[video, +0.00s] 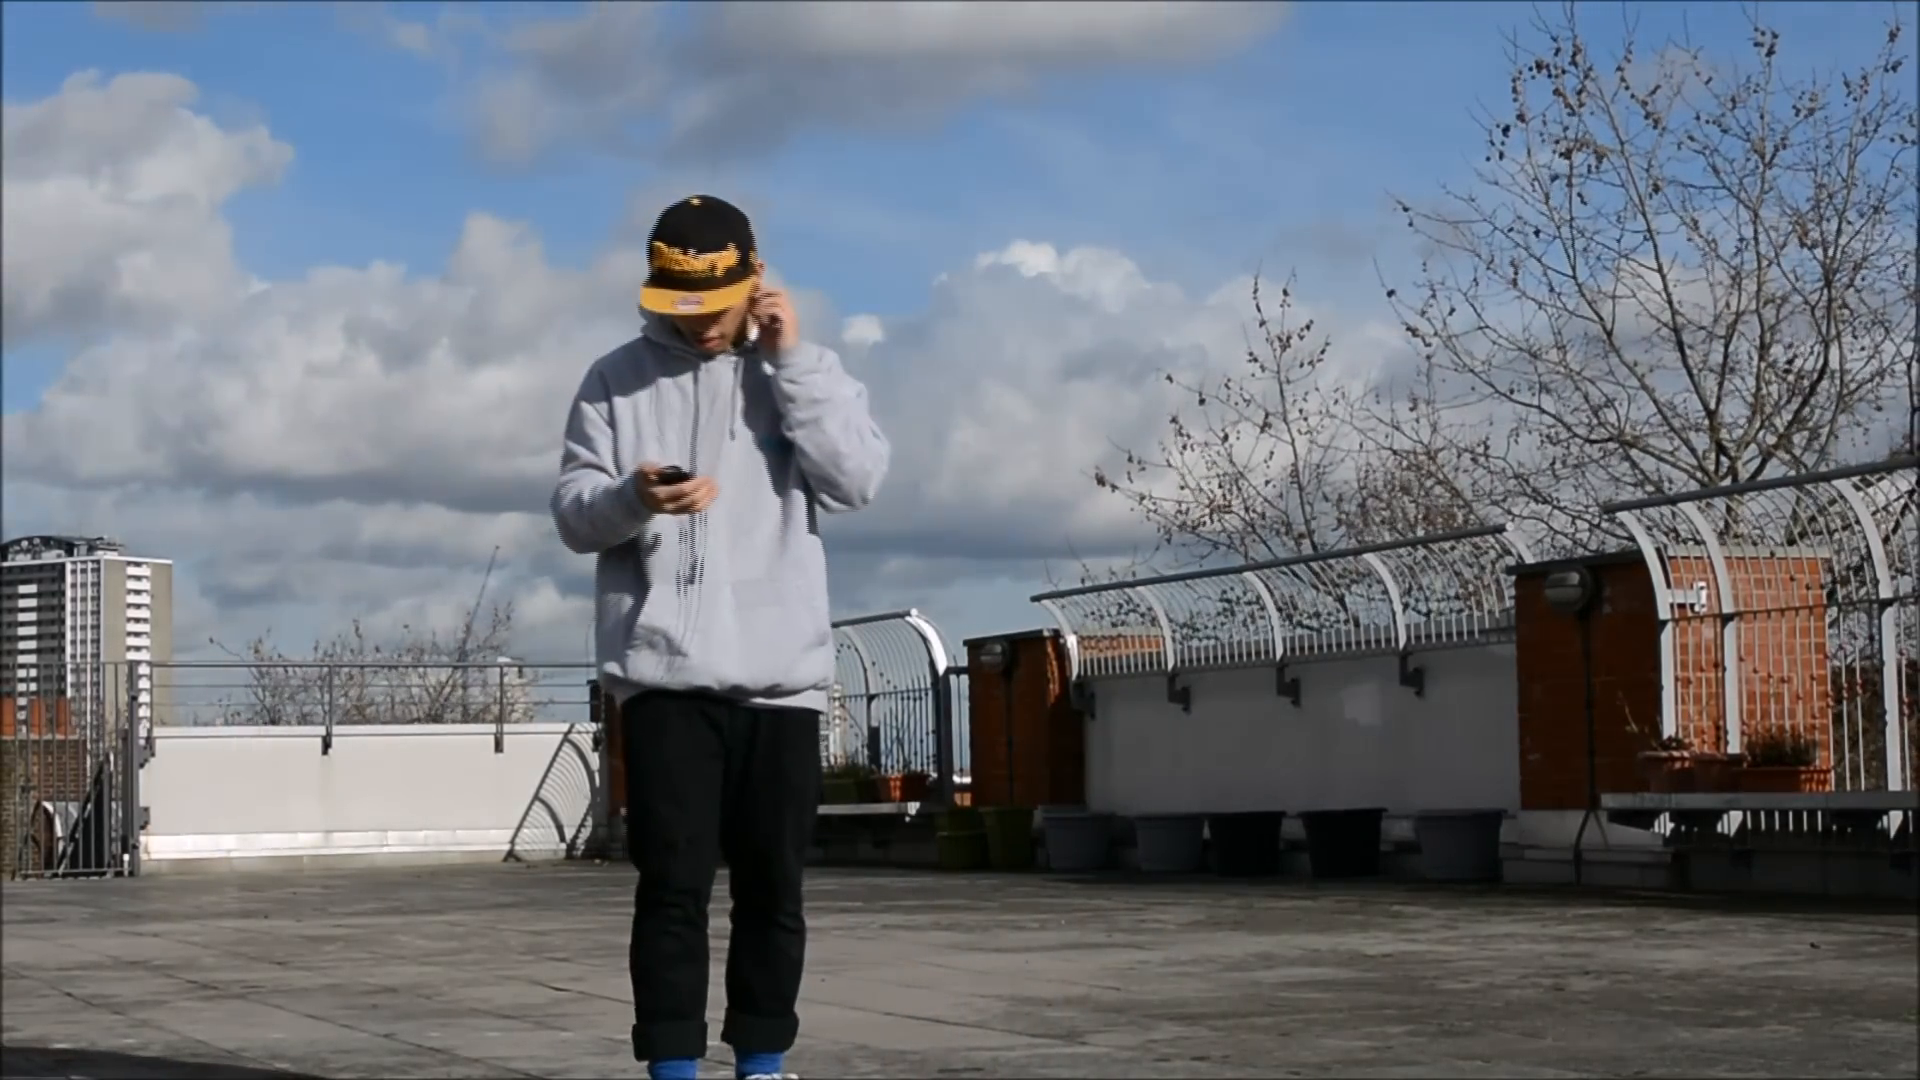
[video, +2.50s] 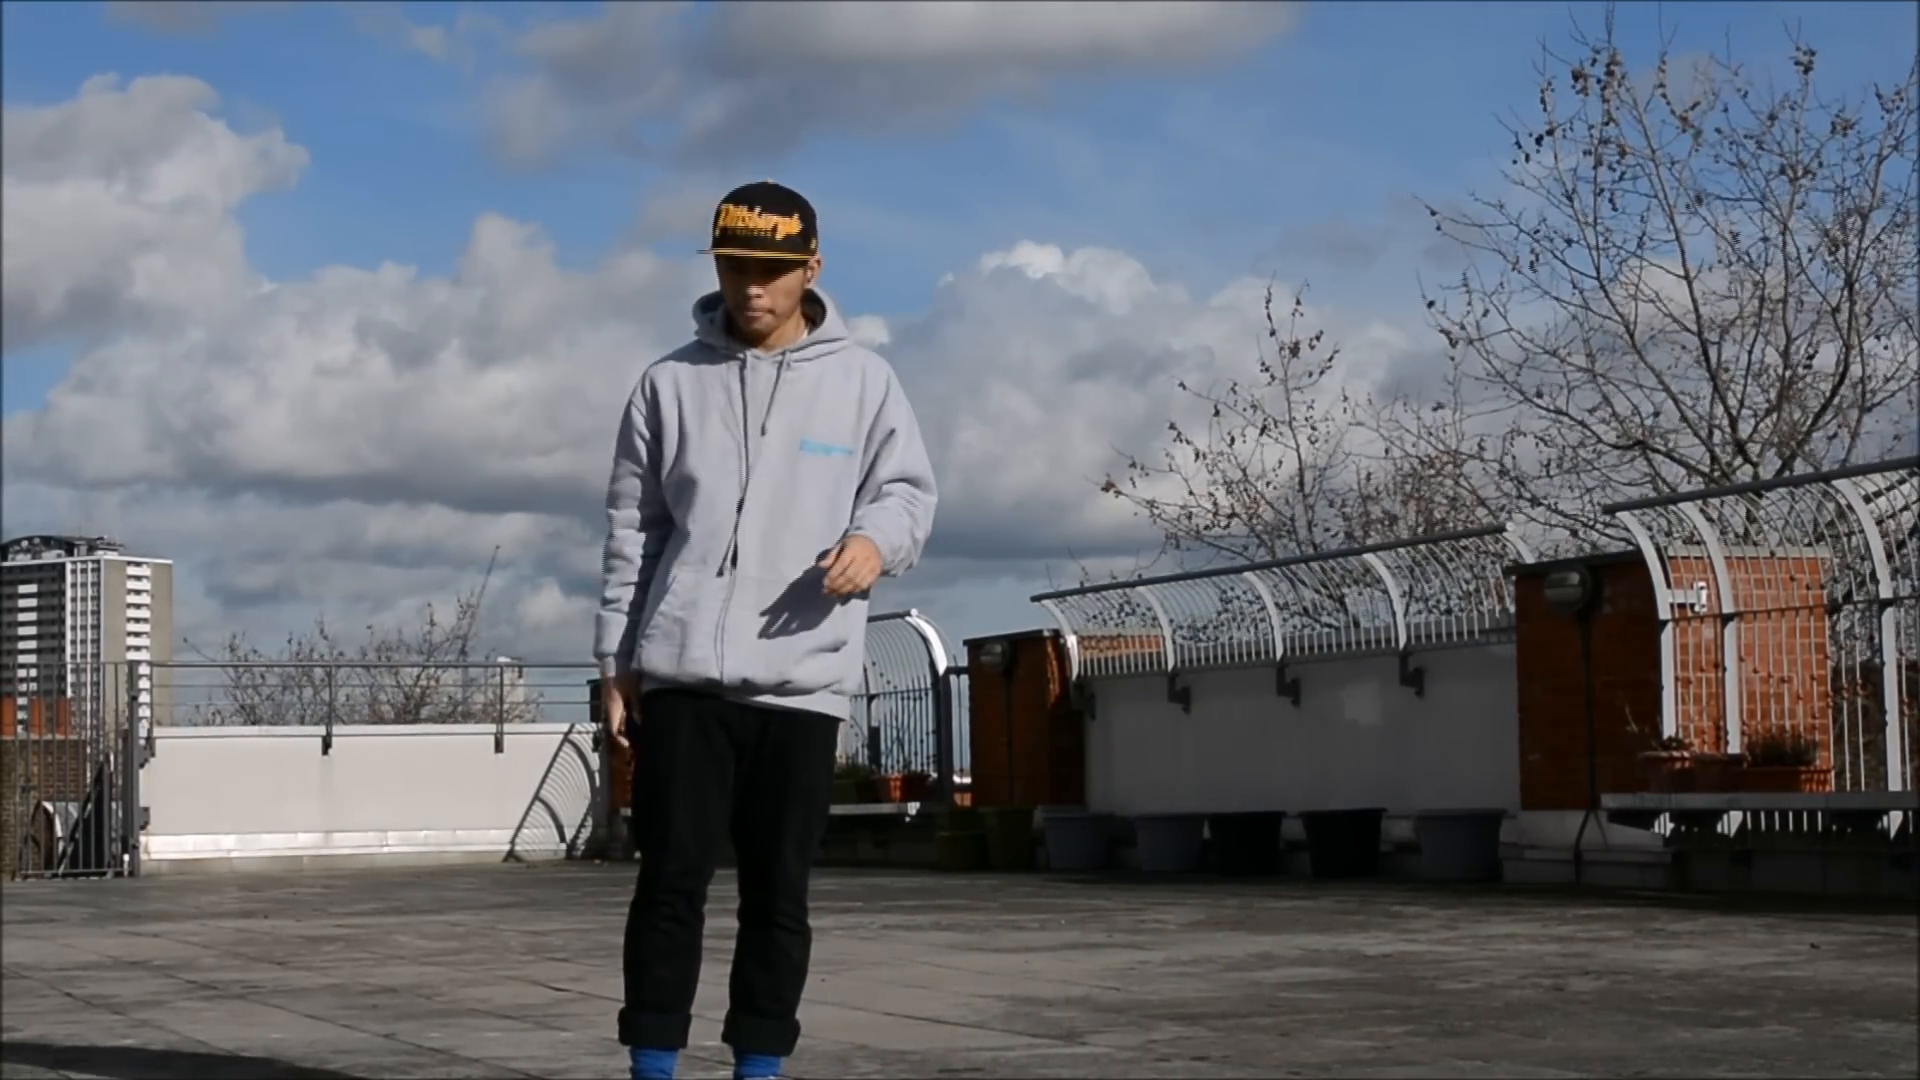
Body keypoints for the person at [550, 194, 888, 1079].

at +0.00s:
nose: (696, 329)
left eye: (712, 311)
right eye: (677, 314)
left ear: (751, 285)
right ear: (652, 291)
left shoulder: (797, 370)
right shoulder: (616, 378)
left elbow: (857, 479)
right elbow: (575, 517)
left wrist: (791, 357)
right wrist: (635, 497)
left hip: (779, 675)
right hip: (662, 676)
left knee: (771, 882)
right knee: (674, 881)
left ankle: (764, 1062)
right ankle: (672, 1064)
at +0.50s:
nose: (750, 325)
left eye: (767, 309)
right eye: (733, 310)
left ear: (800, 290)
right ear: (708, 294)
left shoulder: (852, 384)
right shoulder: (659, 383)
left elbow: (891, 508)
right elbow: (619, 510)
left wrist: (842, 504)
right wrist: (686, 502)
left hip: (806, 677)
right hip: (688, 673)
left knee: (782, 883)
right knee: (677, 874)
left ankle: (762, 1063)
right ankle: (658, 1061)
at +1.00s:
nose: (760, 320)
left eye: (779, 306)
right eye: (744, 303)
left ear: (812, 290)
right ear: (719, 287)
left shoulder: (858, 387)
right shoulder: (663, 379)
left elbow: (892, 512)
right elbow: (619, 498)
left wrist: (825, 510)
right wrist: (689, 502)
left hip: (802, 679)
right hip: (684, 674)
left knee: (779, 884)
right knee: (672, 876)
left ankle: (760, 1062)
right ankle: (653, 1061)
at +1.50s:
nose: (762, 319)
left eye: (781, 304)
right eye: (746, 302)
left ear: (816, 289)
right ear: (724, 287)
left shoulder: (862, 390)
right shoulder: (669, 378)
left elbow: (892, 516)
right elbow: (623, 495)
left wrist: (808, 532)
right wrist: (689, 523)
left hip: (804, 680)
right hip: (686, 674)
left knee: (780, 886)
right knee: (673, 877)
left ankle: (761, 1062)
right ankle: (654, 1061)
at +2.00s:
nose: (765, 317)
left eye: (786, 302)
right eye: (751, 298)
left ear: (823, 289)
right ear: (730, 282)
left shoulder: (866, 396)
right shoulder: (666, 375)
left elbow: (878, 523)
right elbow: (588, 465)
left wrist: (769, 543)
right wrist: (645, 534)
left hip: (805, 682)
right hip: (686, 673)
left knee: (778, 884)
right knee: (675, 875)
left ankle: (761, 1063)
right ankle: (654, 1061)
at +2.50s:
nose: (752, 288)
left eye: (771, 271)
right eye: (737, 270)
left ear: (809, 270)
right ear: (717, 270)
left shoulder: (864, 380)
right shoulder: (665, 384)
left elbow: (908, 490)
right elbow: (630, 533)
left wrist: (875, 541)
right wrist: (614, 660)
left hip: (802, 679)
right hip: (680, 673)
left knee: (779, 888)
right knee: (670, 879)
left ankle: (761, 1064)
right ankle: (652, 1063)